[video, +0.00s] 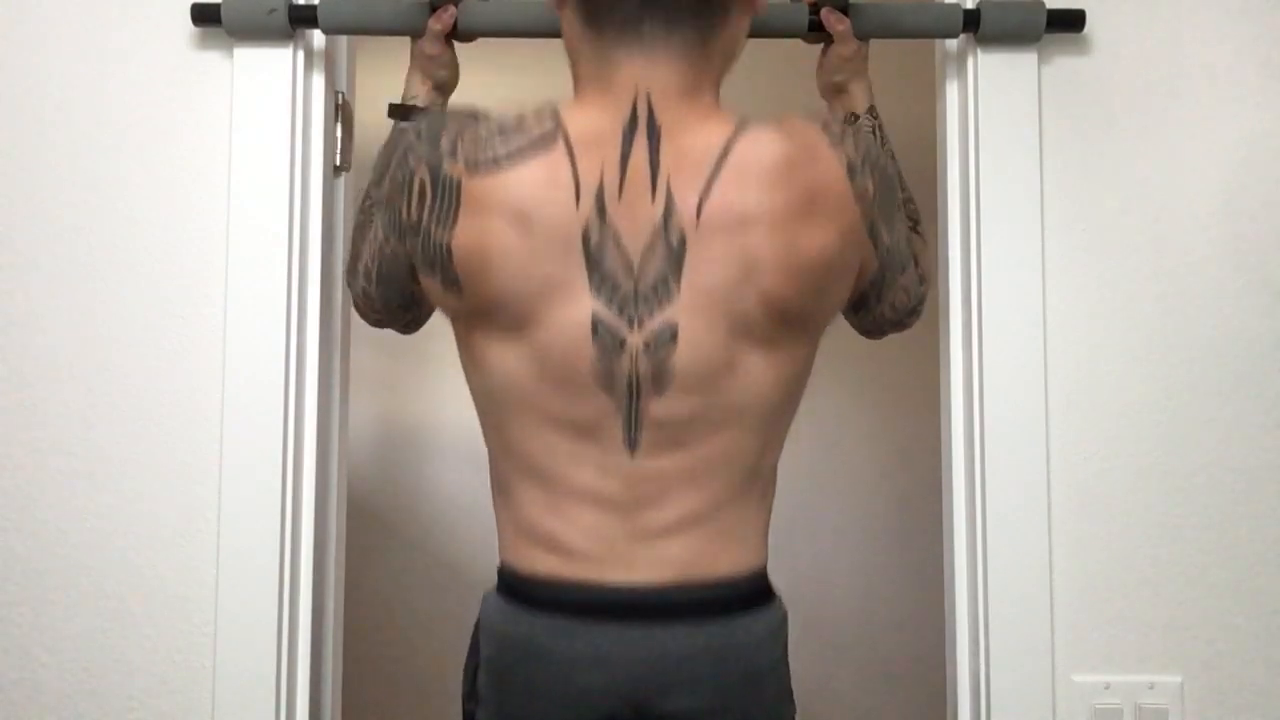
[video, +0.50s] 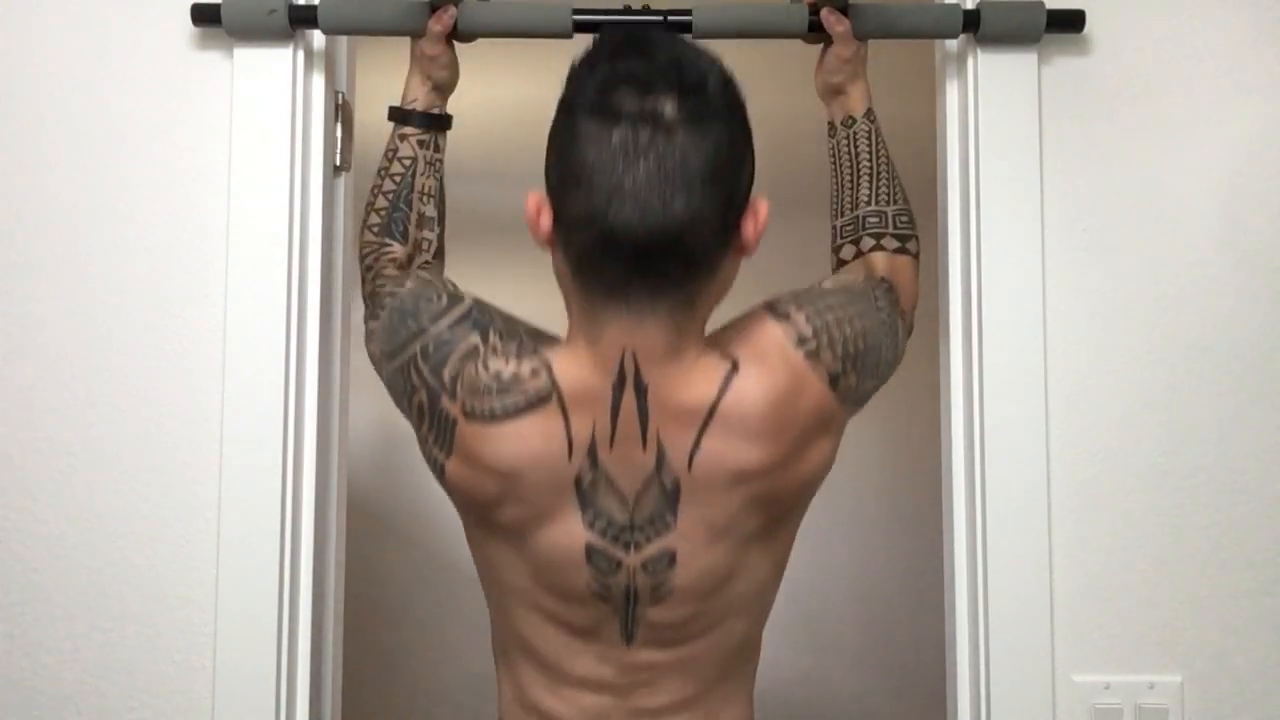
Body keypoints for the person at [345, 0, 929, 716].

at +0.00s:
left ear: (568, 16)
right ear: (741, 16)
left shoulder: (464, 168)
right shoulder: (812, 175)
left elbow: (382, 299)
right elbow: (894, 301)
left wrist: (420, 102)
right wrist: (852, 101)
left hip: (535, 647)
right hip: (728, 650)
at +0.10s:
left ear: (547, 29)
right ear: (757, 34)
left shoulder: (468, 225)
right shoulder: (809, 228)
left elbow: (377, 289)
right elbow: (898, 294)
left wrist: (421, 101)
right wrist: (852, 101)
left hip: (535, 675)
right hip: (728, 677)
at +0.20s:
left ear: (547, 86)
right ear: (758, 92)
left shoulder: (467, 277)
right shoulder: (809, 277)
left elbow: (378, 264)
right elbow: (901, 273)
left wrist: (423, 96)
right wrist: (852, 100)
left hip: (531, 693)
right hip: (727, 695)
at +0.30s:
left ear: (547, 135)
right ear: (758, 144)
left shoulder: (474, 325)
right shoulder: (803, 319)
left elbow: (385, 258)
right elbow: (892, 262)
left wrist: (423, 97)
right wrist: (851, 99)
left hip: (530, 704)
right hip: (723, 705)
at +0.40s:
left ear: (545, 183)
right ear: (754, 192)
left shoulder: (480, 365)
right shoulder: (798, 352)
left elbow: (389, 257)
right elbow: (891, 263)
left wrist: (423, 94)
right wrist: (849, 97)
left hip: (532, 707)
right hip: (720, 708)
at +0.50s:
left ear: (541, 223)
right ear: (750, 231)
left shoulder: (483, 402)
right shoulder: (787, 391)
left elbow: (393, 263)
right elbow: (886, 264)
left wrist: (424, 93)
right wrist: (849, 97)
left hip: (533, 712)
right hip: (718, 713)